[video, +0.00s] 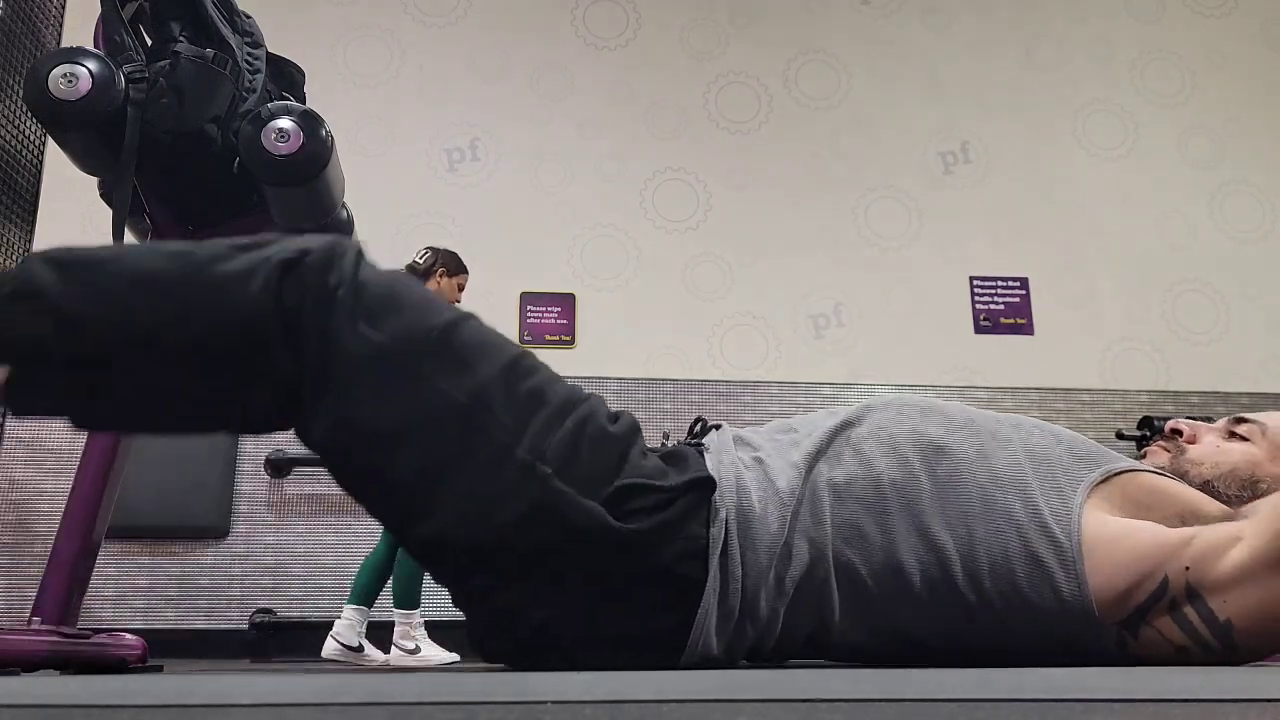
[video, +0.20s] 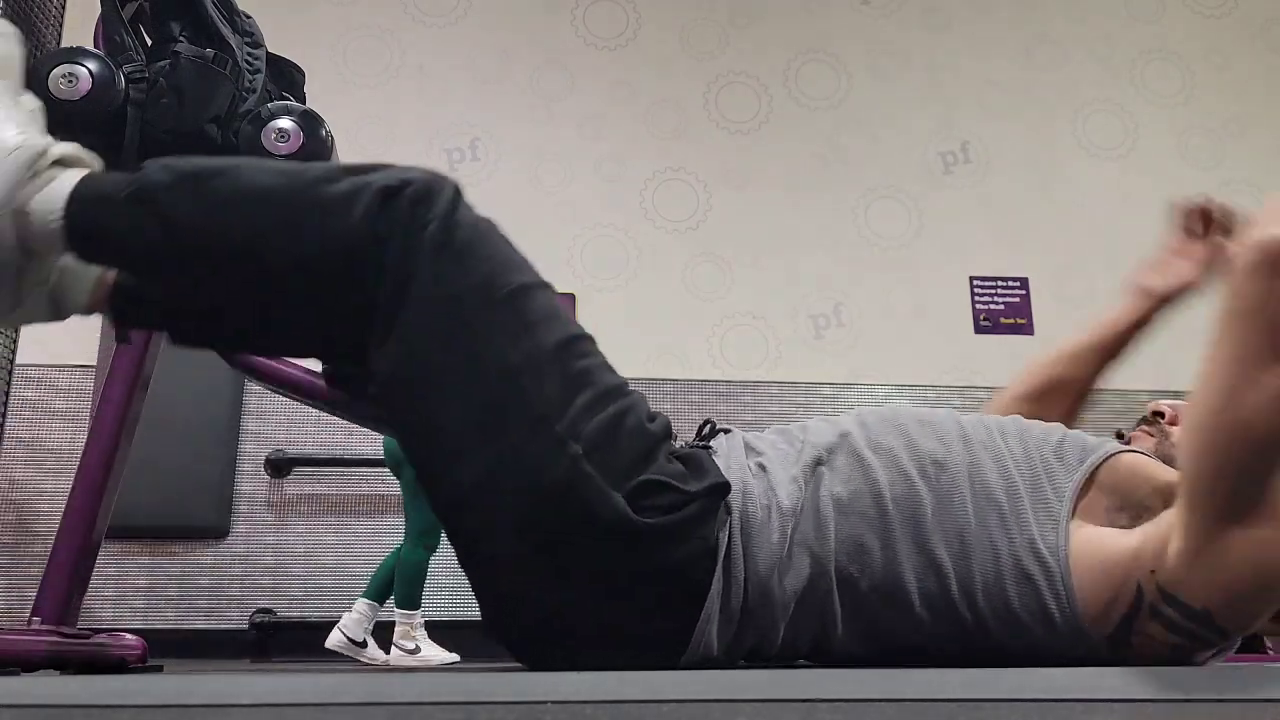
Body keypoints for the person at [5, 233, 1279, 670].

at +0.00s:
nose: (1210, 433)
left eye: (1239, 442)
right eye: (1224, 420)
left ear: (1240, 489)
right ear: (1191, 440)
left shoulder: (1170, 567)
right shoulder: (1100, 487)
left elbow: (1278, 531)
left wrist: (1242, 475)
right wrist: (1232, 466)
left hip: (660, 562)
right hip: (654, 493)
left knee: (330, 297)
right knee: (328, 305)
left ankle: (14, 315)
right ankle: (21, 324)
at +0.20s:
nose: (1185, 417)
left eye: (1207, 418)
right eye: (1197, 401)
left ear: (1229, 479)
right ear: (1199, 440)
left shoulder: (1187, 572)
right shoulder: (1092, 489)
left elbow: (1238, 412)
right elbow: (1004, 432)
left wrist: (1250, 270)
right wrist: (1149, 297)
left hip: (654, 566)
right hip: (659, 500)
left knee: (409, 230)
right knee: (408, 234)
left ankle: (56, 222)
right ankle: (75, 205)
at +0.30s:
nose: (1236, 366)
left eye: (1268, 385)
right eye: (1256, 361)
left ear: (1265, 468)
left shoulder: (1196, 539)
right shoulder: (1087, 498)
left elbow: (1154, 259)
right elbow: (939, 414)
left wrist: (1187, 78)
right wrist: (1014, 250)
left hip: (666, 570)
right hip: (665, 521)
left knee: (456, 213)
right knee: (462, 199)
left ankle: (81, 195)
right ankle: (118, 188)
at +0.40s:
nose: (1144, 347)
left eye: (1184, 347)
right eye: (1158, 336)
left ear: (1240, 429)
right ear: (1146, 393)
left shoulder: (1189, 520)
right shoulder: (1052, 473)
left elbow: (1044, 268)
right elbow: (879, 397)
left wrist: (1005, 72)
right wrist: (896, 212)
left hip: (667, 565)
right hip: (649, 527)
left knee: (492, 196)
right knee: (482, 208)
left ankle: (131, 150)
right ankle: (164, 195)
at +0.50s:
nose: (1067, 328)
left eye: (1111, 318)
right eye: (1081, 308)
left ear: (1204, 371)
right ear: (1157, 369)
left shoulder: (1173, 482)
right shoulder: (1028, 472)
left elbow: (968, 286)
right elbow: (827, 373)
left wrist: (849, 96)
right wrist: (780, 190)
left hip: (681, 562)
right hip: (664, 534)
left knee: (514, 187)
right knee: (508, 209)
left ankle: (144, 142)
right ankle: (176, 191)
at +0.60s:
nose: (992, 297)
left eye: (1032, 276)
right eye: (1003, 276)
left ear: (1135, 313)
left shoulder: (1137, 440)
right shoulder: (983, 456)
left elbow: (890, 282)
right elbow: (773, 348)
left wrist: (719, 120)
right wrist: (675, 187)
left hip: (689, 552)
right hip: (644, 559)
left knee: (514, 176)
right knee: (503, 217)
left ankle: (161, 130)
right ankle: (179, 210)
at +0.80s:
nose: (891, 240)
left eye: (920, 215)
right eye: (895, 218)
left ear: (1024, 226)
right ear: (949, 233)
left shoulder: (1062, 336)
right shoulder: (937, 393)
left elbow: (766, 250)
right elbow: (692, 342)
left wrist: (537, 128)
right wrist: (539, 169)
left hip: (688, 566)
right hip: (651, 563)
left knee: (522, 194)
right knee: (518, 206)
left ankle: (150, 119)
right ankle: (198, 224)